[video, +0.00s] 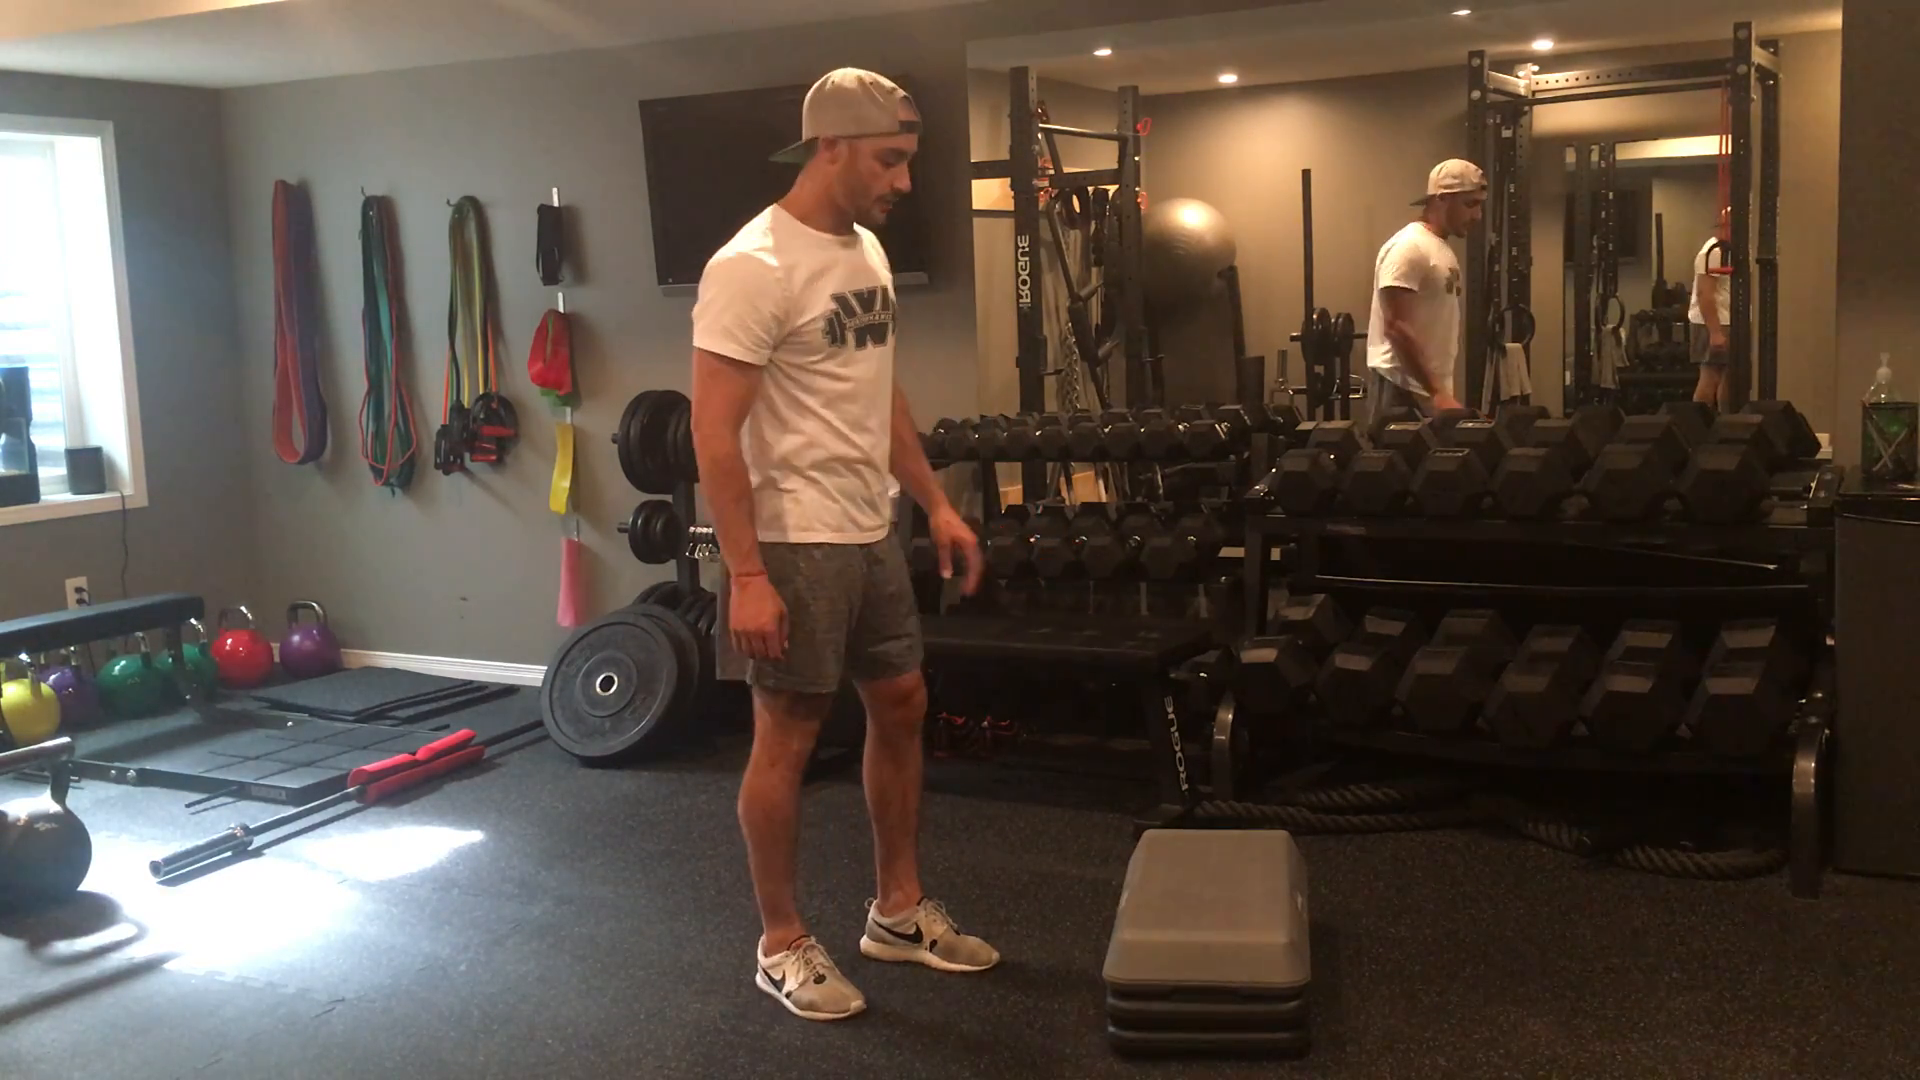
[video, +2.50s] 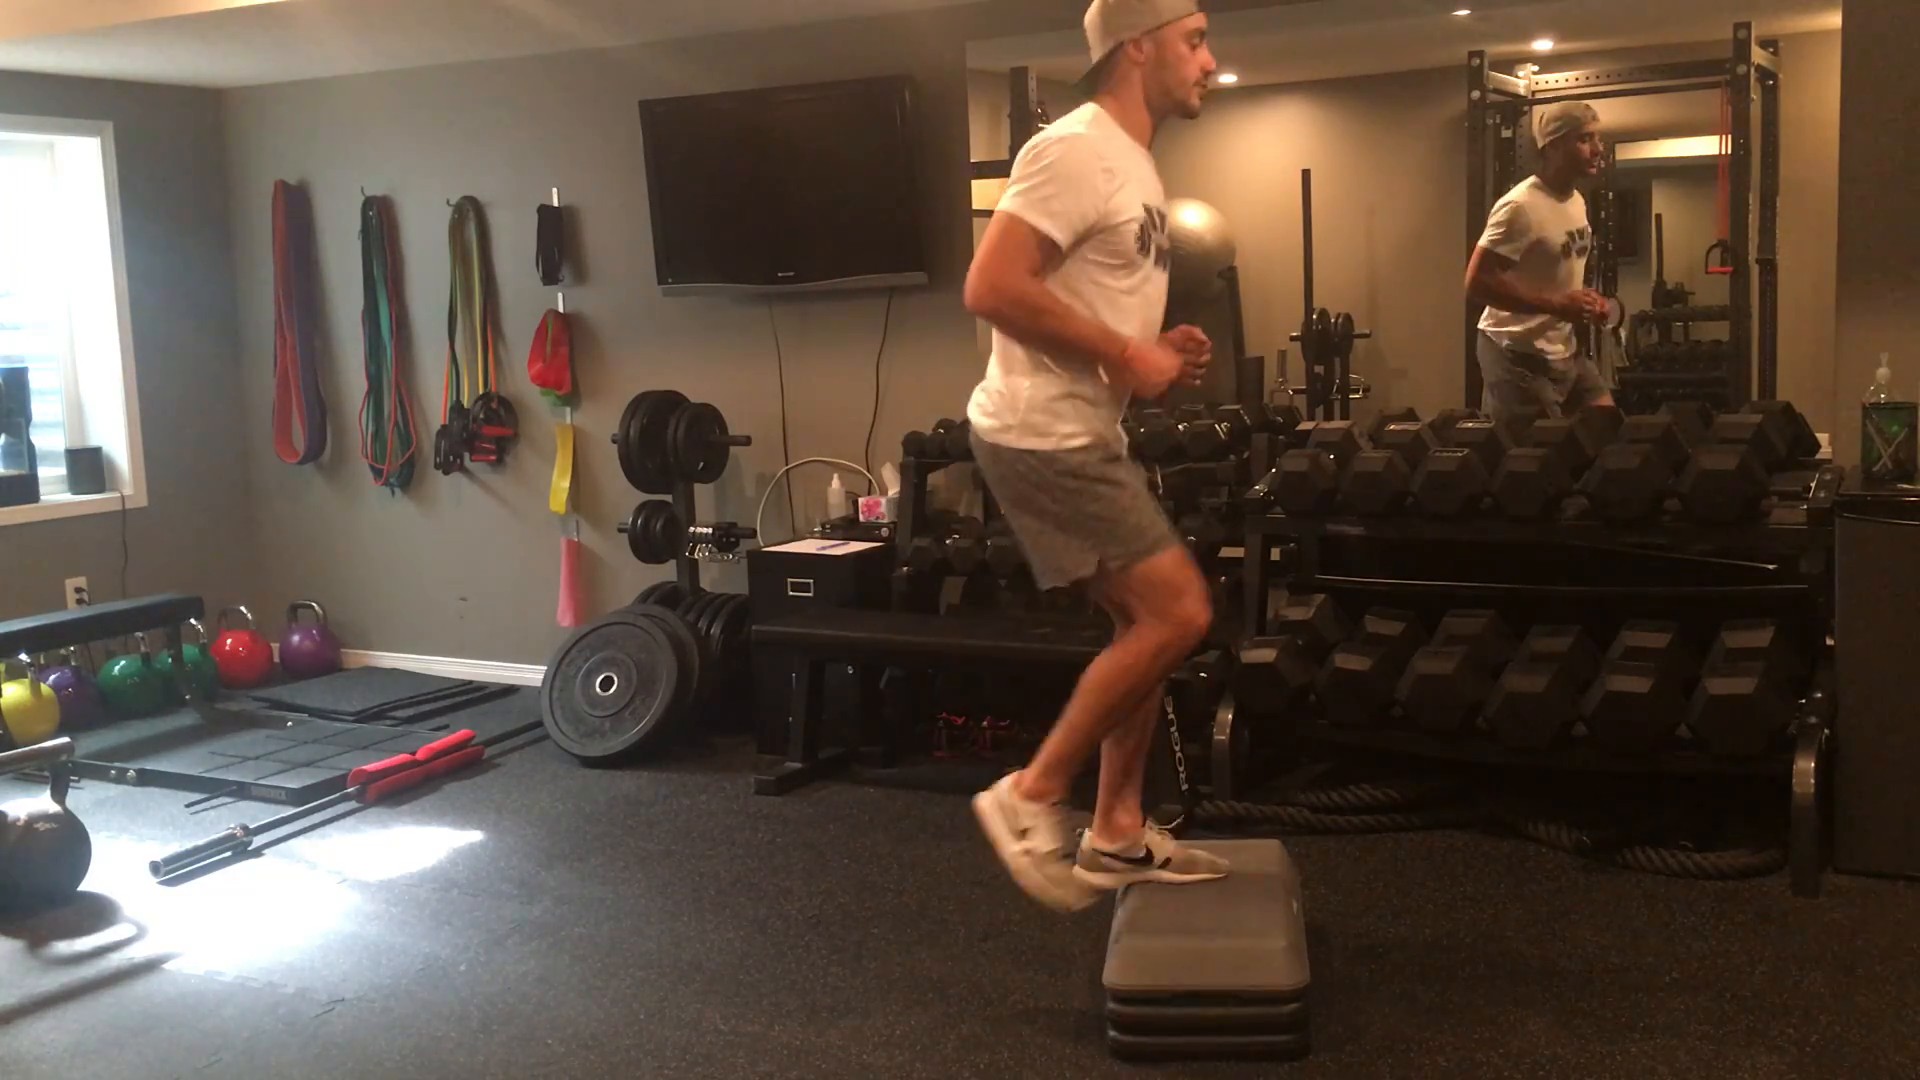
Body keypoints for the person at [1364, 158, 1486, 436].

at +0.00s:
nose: (1477, 215)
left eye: (1479, 205)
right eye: (1471, 204)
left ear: (1444, 199)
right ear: (1443, 199)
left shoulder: (1440, 249)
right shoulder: (1409, 247)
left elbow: (1429, 327)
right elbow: (1395, 327)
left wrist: (1444, 394)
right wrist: (1438, 392)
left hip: (1428, 394)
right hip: (1400, 392)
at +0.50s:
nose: (1507, 211)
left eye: (1509, 201)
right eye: (1497, 202)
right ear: (1468, 204)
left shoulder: (1499, 252)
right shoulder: (1423, 255)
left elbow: (1482, 323)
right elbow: (1368, 311)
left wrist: (1499, 371)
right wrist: (1406, 370)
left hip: (1469, 404)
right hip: (1426, 403)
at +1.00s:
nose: (1582, 157)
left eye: (1582, 147)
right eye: (1570, 147)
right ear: (1537, 153)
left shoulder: (1568, 217)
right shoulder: (1496, 216)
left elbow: (1555, 286)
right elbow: (1453, 287)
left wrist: (1578, 319)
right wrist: (1522, 317)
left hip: (1557, 364)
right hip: (1504, 367)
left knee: (1589, 441)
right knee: (1514, 461)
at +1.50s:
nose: (1584, 168)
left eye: (1586, 157)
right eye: (1574, 156)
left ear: (1588, 160)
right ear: (1544, 159)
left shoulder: (1571, 214)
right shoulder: (1501, 212)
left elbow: (1546, 284)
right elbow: (1449, 277)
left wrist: (1566, 319)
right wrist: (1523, 305)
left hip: (1534, 359)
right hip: (1492, 358)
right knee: (1557, 438)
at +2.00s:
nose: (1591, 185)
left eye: (1591, 174)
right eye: (1581, 175)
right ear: (1550, 182)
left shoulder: (1569, 234)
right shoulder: (1507, 236)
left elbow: (1550, 300)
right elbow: (1473, 308)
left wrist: (1567, 337)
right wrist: (1554, 317)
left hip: (1546, 372)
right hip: (1497, 382)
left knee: (1602, 412)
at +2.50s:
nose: (1598, 149)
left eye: (1597, 139)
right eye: (1585, 139)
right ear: (1553, 146)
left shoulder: (1576, 201)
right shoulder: (1518, 207)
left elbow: (1556, 278)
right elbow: (1477, 283)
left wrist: (1586, 300)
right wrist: (1557, 303)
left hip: (1562, 348)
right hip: (1513, 353)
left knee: (1605, 424)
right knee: (1525, 456)